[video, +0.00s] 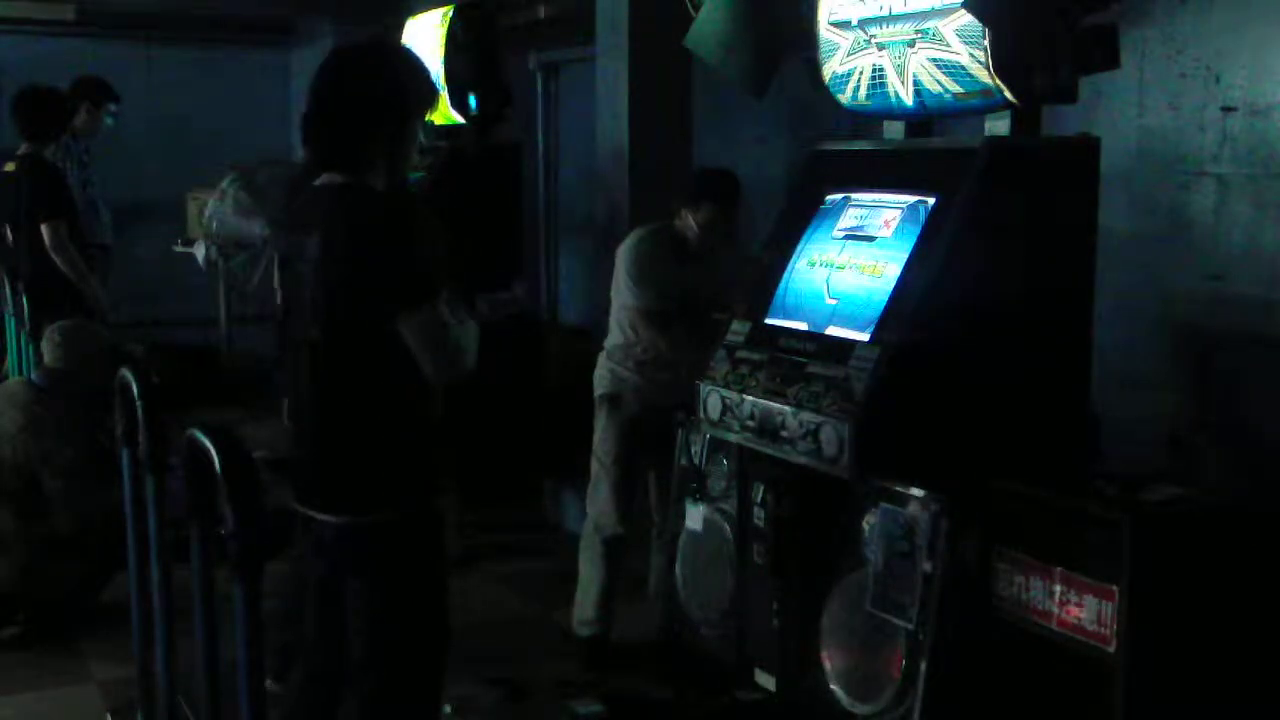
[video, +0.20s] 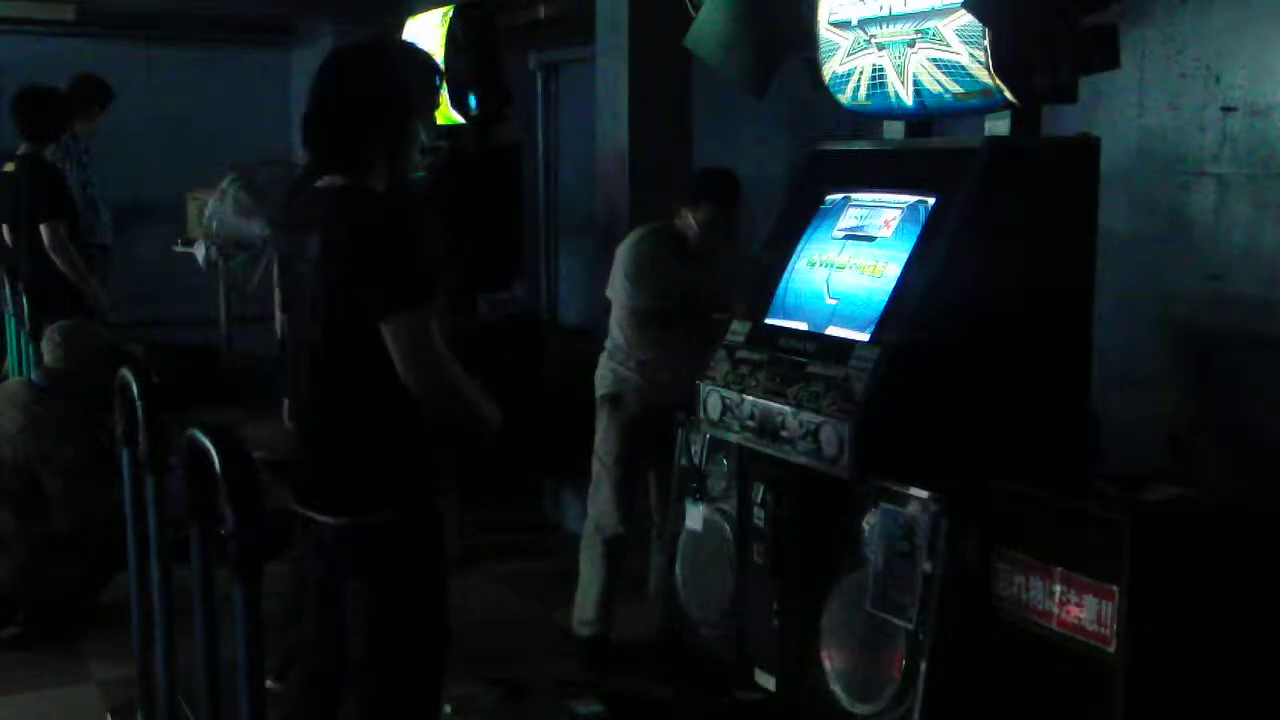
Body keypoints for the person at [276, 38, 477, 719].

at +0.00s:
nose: (419, 138)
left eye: (419, 120)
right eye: (414, 119)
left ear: (326, 114)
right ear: (388, 121)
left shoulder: (301, 208)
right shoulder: (387, 216)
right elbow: (443, 357)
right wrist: (465, 317)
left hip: (318, 467)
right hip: (387, 476)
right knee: (399, 662)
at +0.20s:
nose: (423, 136)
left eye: (423, 118)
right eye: (417, 118)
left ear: (332, 114)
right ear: (386, 120)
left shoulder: (302, 207)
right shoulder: (384, 215)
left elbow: (287, 328)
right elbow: (417, 358)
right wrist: (482, 414)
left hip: (320, 461)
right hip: (385, 472)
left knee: (329, 644)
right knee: (402, 659)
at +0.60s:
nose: (431, 137)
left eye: (431, 119)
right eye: (423, 120)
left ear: (335, 116)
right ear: (394, 125)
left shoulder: (306, 203)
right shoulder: (391, 220)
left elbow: (276, 344)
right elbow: (408, 375)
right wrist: (456, 501)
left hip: (319, 474)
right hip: (385, 487)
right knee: (401, 666)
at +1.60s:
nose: (441, 135)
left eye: (440, 117)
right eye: (433, 117)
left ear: (330, 118)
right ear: (397, 121)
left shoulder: (300, 198)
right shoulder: (398, 214)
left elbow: (292, 346)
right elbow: (414, 369)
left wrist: (310, 430)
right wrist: (465, 495)